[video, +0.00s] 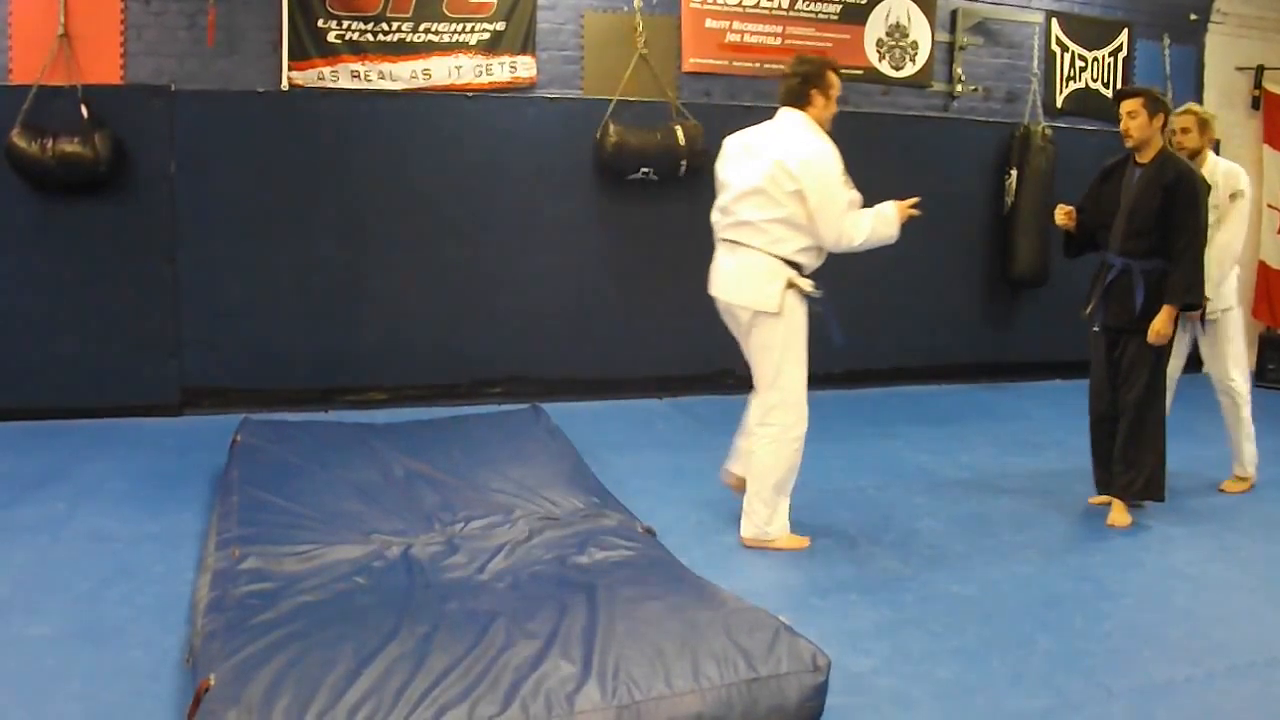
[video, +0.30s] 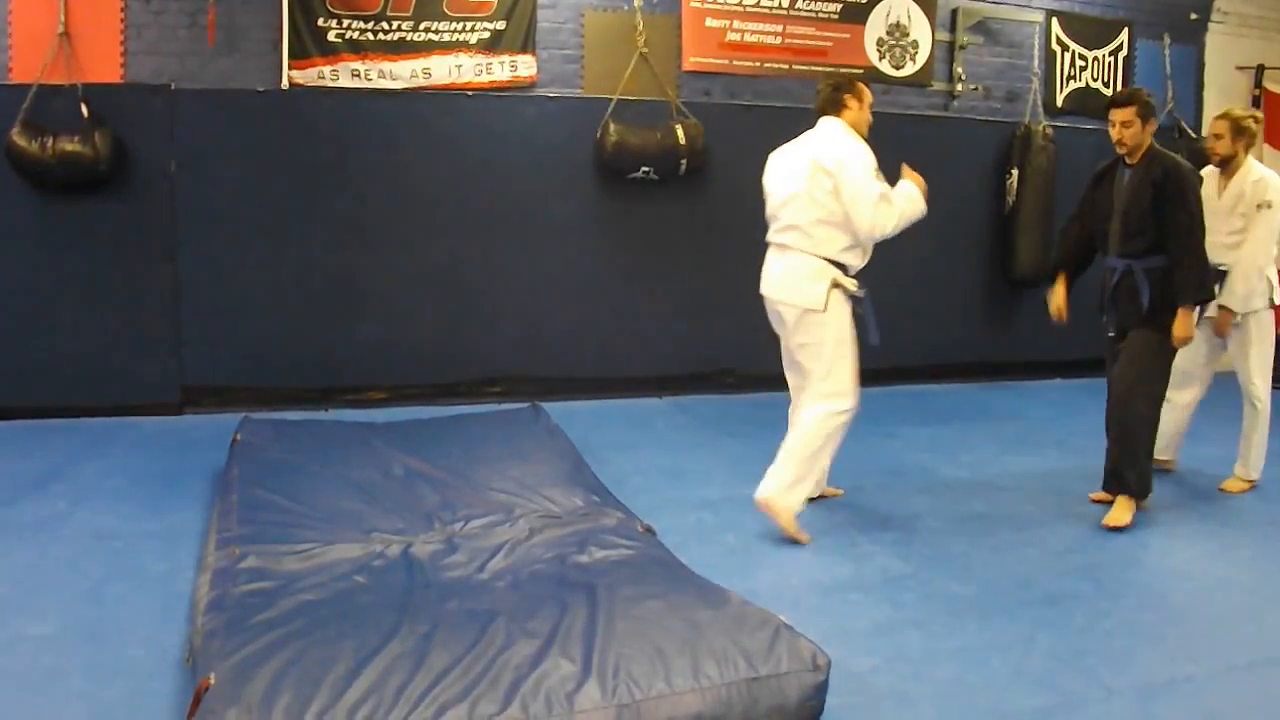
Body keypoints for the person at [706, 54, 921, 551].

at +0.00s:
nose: (835, 109)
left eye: (835, 99)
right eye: (832, 98)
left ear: (793, 95)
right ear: (814, 96)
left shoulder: (738, 141)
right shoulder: (813, 149)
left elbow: (739, 210)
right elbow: (839, 231)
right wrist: (891, 216)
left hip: (726, 278)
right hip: (771, 288)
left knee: (773, 384)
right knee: (786, 409)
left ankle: (743, 466)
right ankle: (763, 527)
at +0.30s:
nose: (871, 115)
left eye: (870, 107)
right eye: (867, 106)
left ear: (828, 107)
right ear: (846, 105)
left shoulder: (784, 153)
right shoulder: (849, 150)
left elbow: (784, 219)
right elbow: (875, 222)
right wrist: (912, 193)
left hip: (779, 277)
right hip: (817, 283)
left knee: (805, 388)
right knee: (837, 396)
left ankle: (810, 480)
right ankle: (781, 493)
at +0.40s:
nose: (879, 115)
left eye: (879, 106)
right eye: (877, 106)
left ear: (837, 105)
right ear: (860, 104)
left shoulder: (796, 150)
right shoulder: (861, 147)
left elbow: (799, 210)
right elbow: (890, 214)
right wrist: (929, 224)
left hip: (789, 268)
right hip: (830, 275)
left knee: (808, 379)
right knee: (866, 380)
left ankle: (801, 477)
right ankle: (821, 478)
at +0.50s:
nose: (894, 109)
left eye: (892, 101)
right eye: (891, 101)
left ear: (849, 102)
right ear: (878, 101)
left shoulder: (810, 148)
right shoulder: (884, 152)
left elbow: (806, 209)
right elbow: (903, 214)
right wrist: (918, 265)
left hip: (804, 264)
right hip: (850, 273)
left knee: (814, 374)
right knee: (879, 376)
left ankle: (804, 480)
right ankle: (861, 480)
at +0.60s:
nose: (911, 115)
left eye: (908, 106)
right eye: (908, 107)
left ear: (865, 107)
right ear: (897, 106)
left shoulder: (826, 150)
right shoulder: (900, 154)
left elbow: (803, 210)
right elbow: (909, 213)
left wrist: (827, 248)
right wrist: (909, 271)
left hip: (820, 266)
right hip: (868, 272)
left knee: (821, 376)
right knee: (886, 377)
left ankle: (806, 478)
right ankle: (899, 474)